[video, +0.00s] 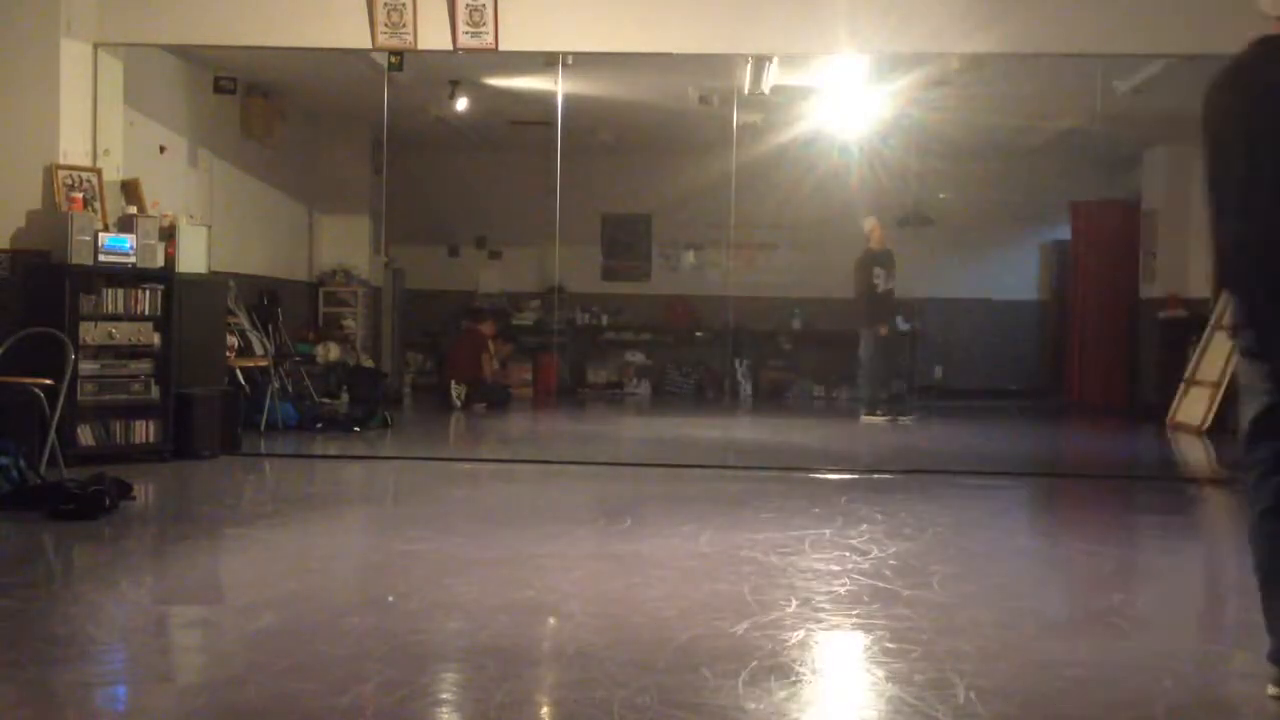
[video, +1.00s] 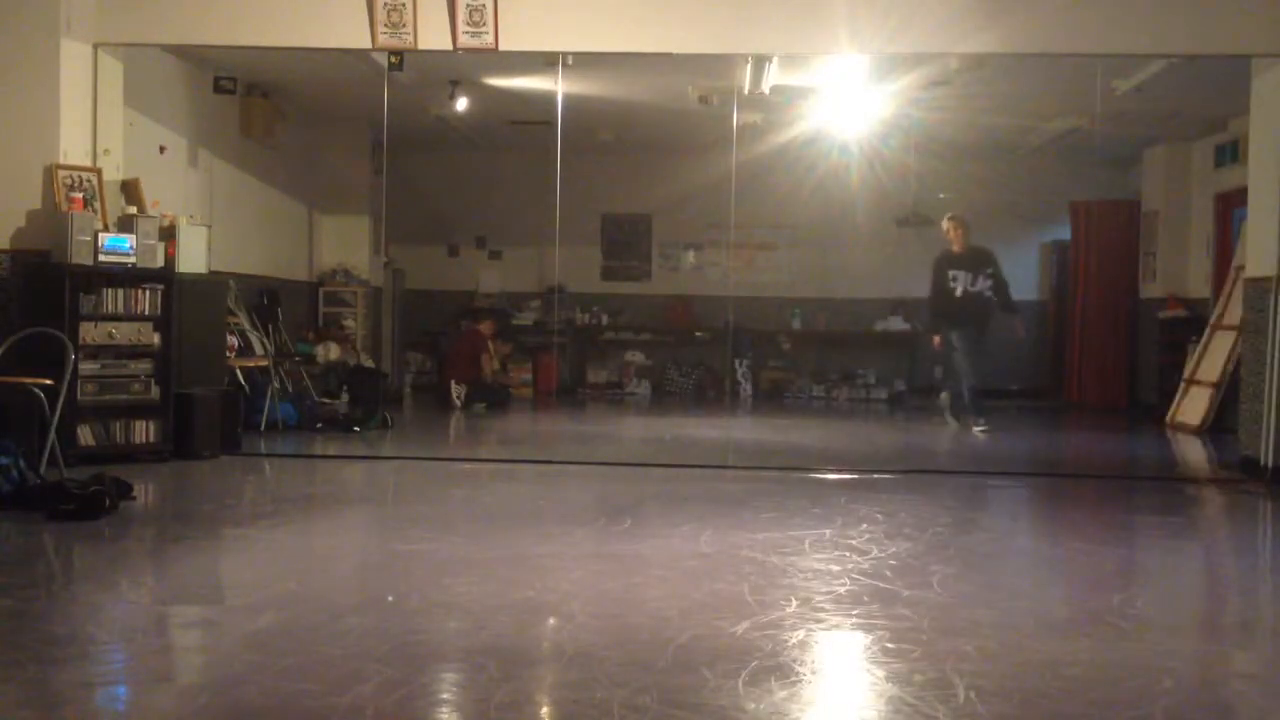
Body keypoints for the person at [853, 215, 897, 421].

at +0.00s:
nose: (881, 234)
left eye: (881, 229)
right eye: (876, 230)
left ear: (883, 231)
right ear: (869, 234)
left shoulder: (888, 257)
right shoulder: (865, 260)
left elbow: (889, 289)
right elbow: (864, 293)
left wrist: (890, 316)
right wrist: (875, 320)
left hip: (886, 316)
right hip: (870, 317)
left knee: (886, 361)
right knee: (870, 362)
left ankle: (886, 405)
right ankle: (868, 406)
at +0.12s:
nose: (893, 235)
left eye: (893, 231)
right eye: (889, 232)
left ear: (896, 233)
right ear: (881, 235)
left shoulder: (900, 259)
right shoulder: (876, 260)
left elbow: (900, 291)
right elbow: (874, 294)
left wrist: (905, 317)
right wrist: (887, 320)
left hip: (898, 317)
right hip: (880, 317)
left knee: (906, 360)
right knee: (876, 362)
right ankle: (868, 408)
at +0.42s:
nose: (920, 236)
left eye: (923, 231)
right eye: (917, 231)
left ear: (928, 233)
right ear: (911, 233)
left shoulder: (933, 262)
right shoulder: (907, 262)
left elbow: (931, 295)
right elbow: (904, 297)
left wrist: (935, 323)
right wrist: (912, 327)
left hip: (932, 322)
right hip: (913, 322)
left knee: (936, 367)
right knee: (911, 369)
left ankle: (934, 410)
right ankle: (887, 395)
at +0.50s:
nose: (928, 235)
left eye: (931, 230)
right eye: (924, 231)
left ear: (936, 231)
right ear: (918, 233)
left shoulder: (943, 260)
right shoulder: (914, 259)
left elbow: (944, 293)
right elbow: (911, 295)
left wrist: (945, 319)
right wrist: (918, 324)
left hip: (940, 319)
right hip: (922, 319)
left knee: (942, 368)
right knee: (926, 368)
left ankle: (935, 411)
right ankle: (900, 390)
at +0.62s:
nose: (936, 233)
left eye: (939, 227)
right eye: (932, 228)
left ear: (945, 228)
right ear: (926, 231)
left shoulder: (956, 255)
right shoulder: (921, 256)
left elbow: (962, 287)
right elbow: (918, 291)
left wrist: (964, 311)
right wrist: (923, 319)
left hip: (952, 314)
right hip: (930, 315)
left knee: (948, 362)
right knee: (938, 362)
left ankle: (940, 408)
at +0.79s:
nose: (949, 237)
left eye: (952, 231)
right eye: (944, 232)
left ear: (958, 233)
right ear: (938, 235)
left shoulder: (970, 260)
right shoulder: (932, 261)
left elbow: (986, 290)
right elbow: (925, 295)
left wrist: (1001, 314)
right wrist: (927, 325)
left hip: (965, 320)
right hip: (941, 320)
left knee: (949, 366)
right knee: (951, 364)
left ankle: (936, 411)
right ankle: (959, 410)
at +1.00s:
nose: (958, 234)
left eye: (961, 229)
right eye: (953, 230)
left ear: (967, 231)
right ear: (947, 234)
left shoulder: (984, 256)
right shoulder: (943, 261)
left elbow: (1000, 287)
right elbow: (936, 297)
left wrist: (1014, 315)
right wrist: (936, 330)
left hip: (981, 318)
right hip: (955, 320)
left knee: (971, 364)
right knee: (968, 366)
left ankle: (950, 396)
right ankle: (978, 417)